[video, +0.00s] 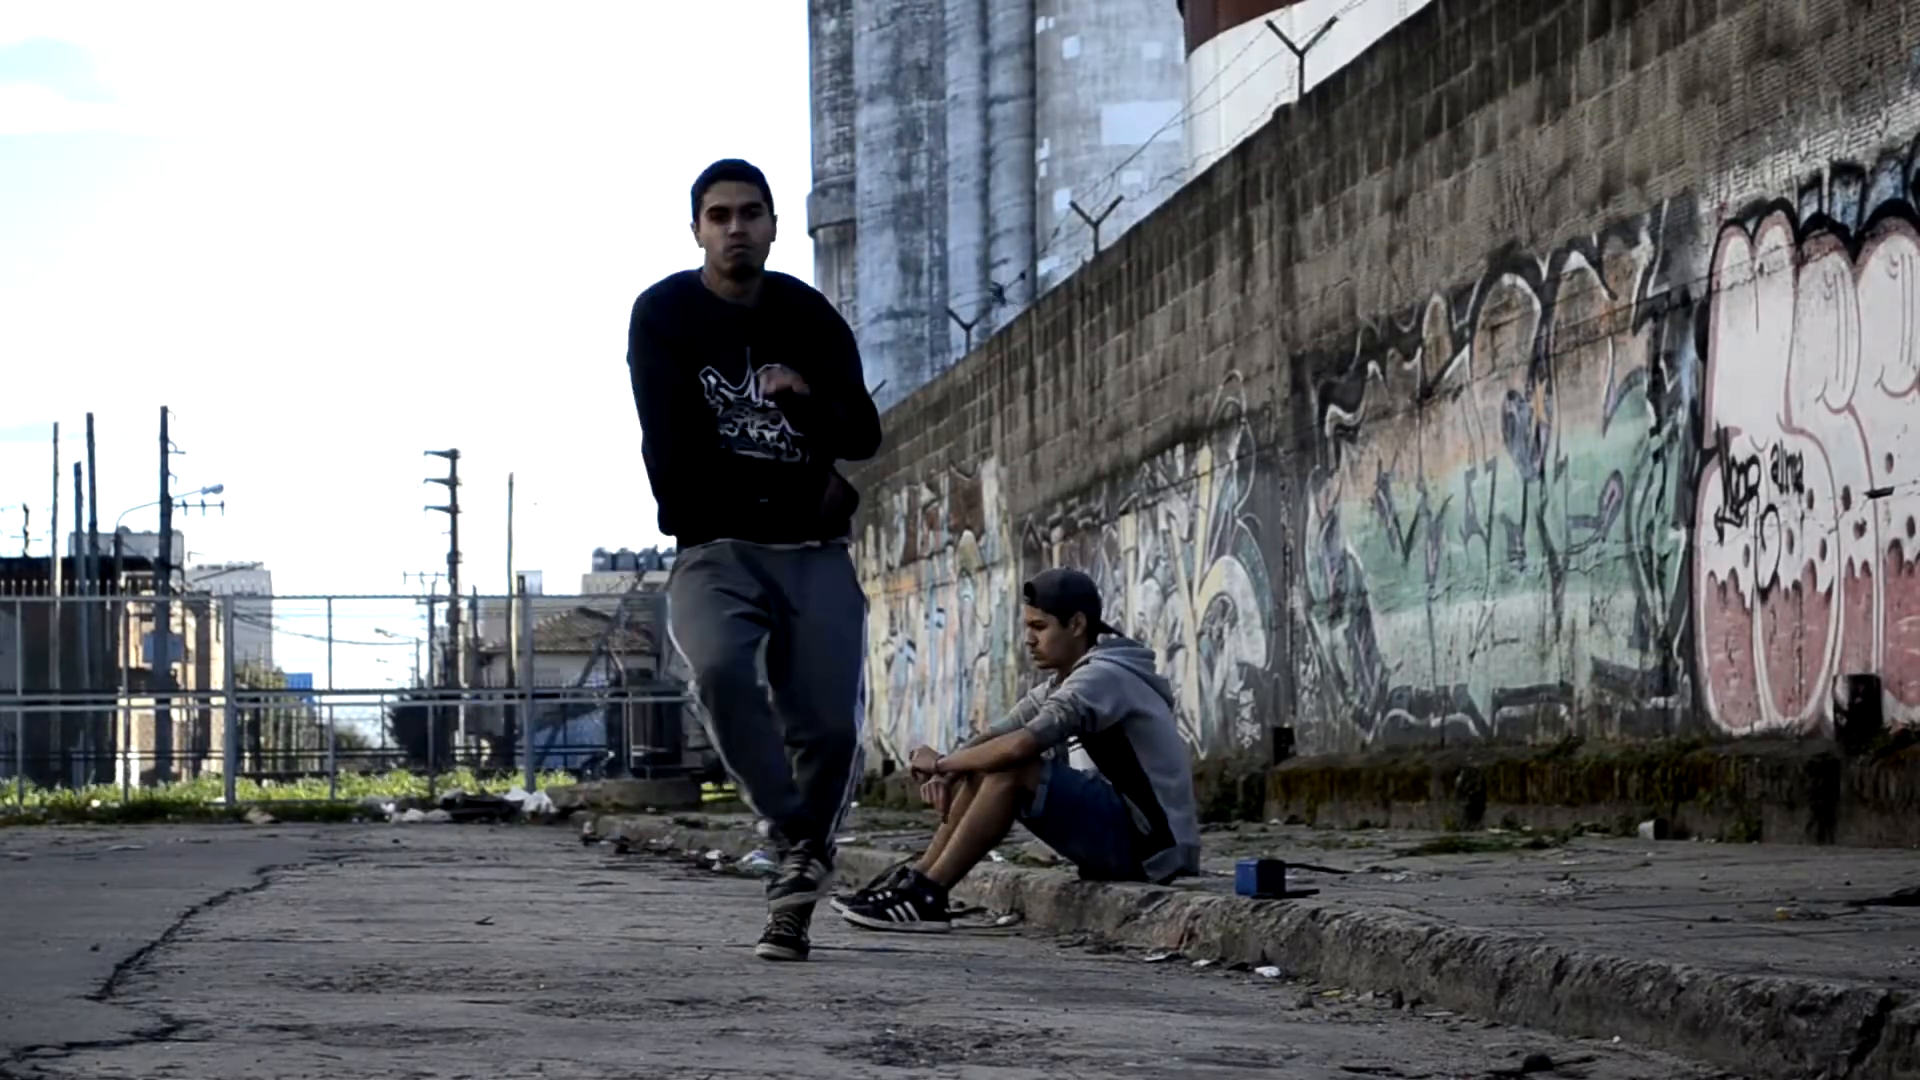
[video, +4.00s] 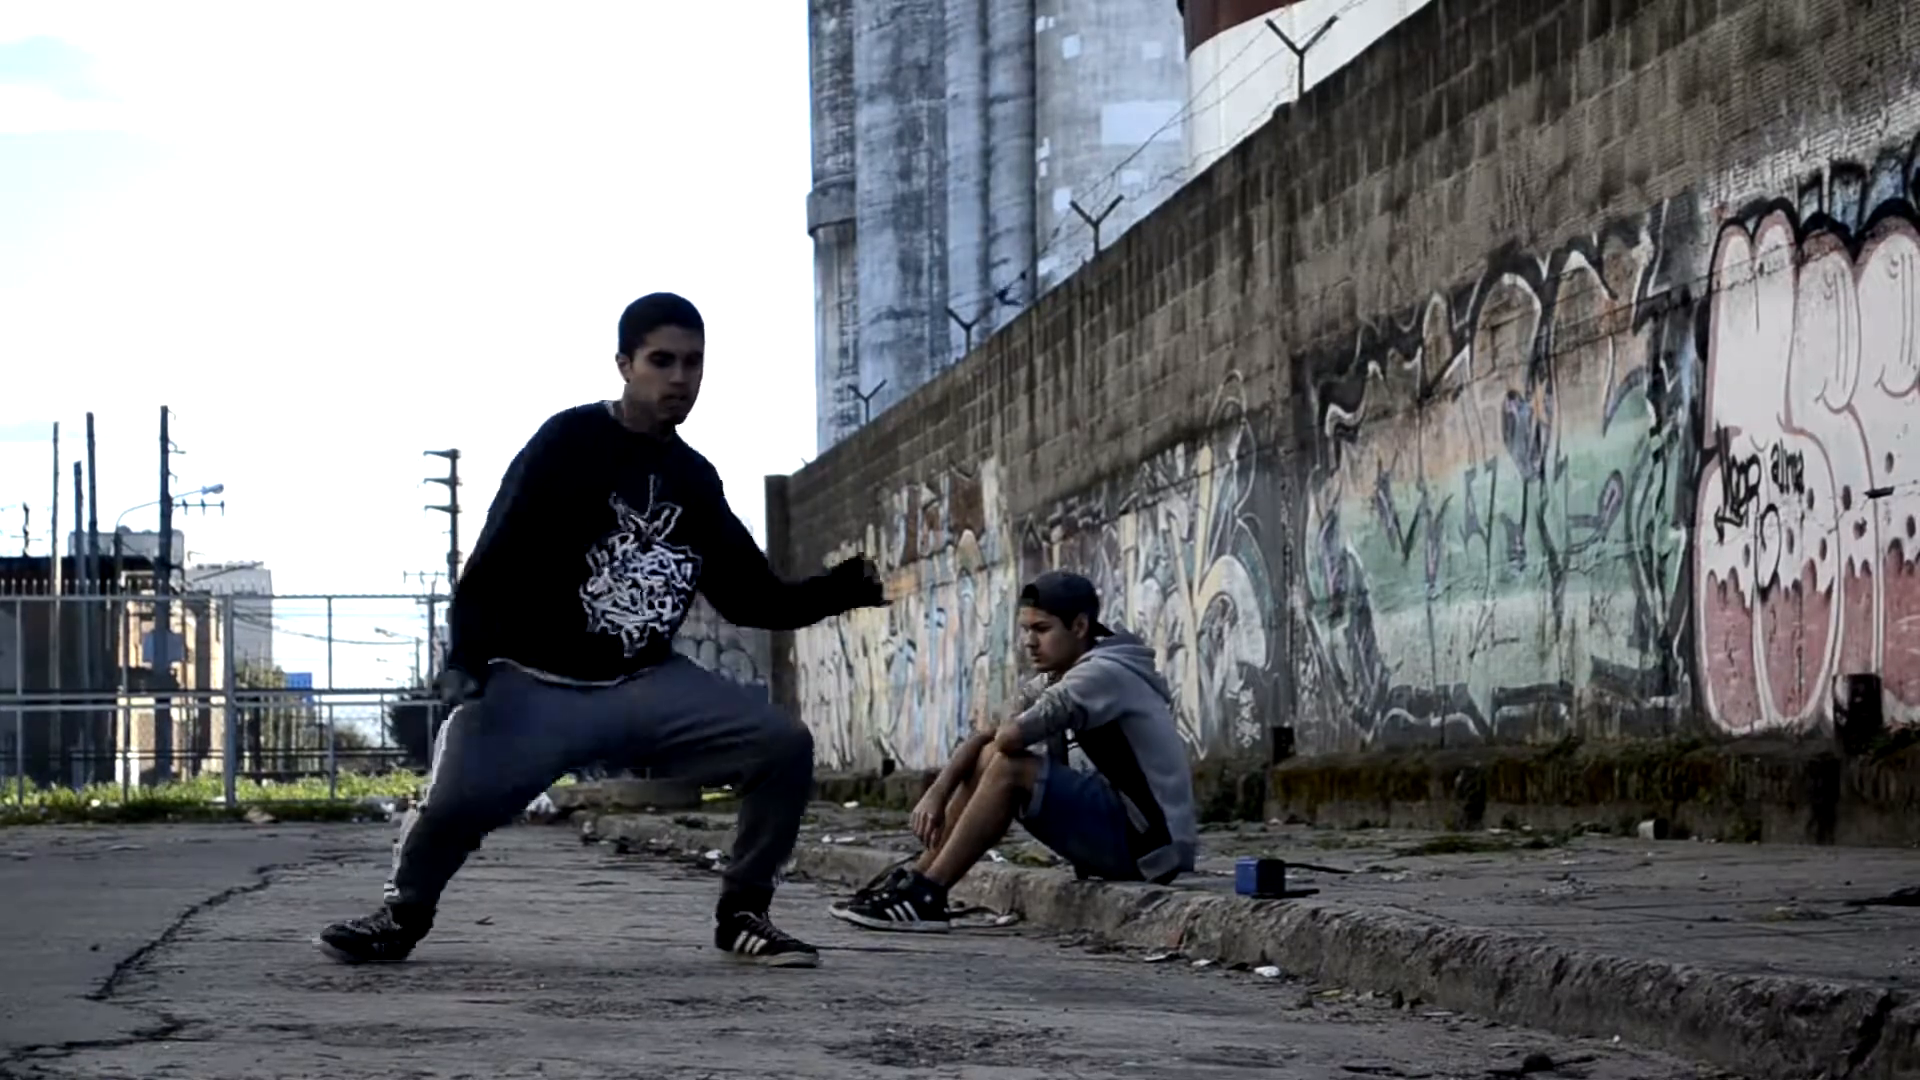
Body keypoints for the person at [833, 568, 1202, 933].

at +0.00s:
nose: (1029, 639)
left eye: (1039, 627)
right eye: (1027, 627)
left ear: (1078, 625)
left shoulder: (1103, 673)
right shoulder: (1072, 675)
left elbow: (1022, 747)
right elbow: (1005, 730)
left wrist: (944, 761)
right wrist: (945, 762)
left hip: (1151, 844)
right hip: (1121, 834)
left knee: (1014, 770)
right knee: (983, 763)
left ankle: (932, 893)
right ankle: (915, 883)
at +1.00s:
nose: (1039, 648)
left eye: (1049, 635)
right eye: (1031, 636)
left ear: (1088, 628)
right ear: (1027, 634)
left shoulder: (1110, 673)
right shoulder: (1068, 676)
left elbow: (1024, 743)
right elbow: (1002, 731)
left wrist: (943, 773)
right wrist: (945, 773)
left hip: (1148, 846)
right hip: (1118, 836)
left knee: (1015, 771)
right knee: (986, 763)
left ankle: (932, 894)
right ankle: (914, 883)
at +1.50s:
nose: (1035, 634)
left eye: (1047, 621)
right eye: (1030, 624)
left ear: (1085, 621)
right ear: (1026, 624)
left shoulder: (1103, 666)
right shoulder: (1081, 668)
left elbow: (1018, 741)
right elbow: (1012, 736)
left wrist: (940, 772)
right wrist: (948, 773)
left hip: (1149, 844)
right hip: (1123, 835)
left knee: (1011, 772)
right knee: (987, 766)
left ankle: (934, 893)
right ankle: (917, 879)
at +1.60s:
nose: (1029, 634)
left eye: (1040, 620)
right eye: (1025, 624)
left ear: (1080, 621)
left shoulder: (1100, 667)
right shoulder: (1079, 671)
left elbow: (1018, 741)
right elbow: (1011, 740)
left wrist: (939, 772)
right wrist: (946, 774)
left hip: (1149, 844)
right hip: (1123, 836)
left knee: (1012, 770)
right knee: (987, 766)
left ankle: (934, 893)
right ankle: (917, 879)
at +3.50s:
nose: (1019, 650)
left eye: (1028, 636)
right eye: (1015, 639)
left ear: (1067, 628)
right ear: (1061, 632)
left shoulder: (1101, 676)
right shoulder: (1064, 684)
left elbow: (1011, 751)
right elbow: (999, 743)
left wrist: (957, 749)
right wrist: (942, 776)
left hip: (1151, 848)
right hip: (1120, 839)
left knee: (1013, 771)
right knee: (983, 767)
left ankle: (933, 895)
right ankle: (915, 882)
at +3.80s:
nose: (1029, 642)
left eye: (1040, 629)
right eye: (1025, 630)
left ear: (1079, 627)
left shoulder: (1105, 674)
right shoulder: (1063, 671)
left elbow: (1007, 738)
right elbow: (990, 725)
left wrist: (994, 717)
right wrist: (936, 792)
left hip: (1147, 845)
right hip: (1116, 833)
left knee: (1013, 766)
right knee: (988, 756)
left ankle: (932, 895)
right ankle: (915, 882)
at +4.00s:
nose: (1030, 642)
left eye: (1041, 630)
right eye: (1026, 631)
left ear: (1080, 627)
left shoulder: (1104, 670)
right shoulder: (1071, 671)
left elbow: (1010, 736)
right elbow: (993, 729)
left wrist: (1009, 727)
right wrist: (936, 791)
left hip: (1148, 844)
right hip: (1119, 833)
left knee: (1011, 766)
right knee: (988, 757)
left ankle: (932, 894)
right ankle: (914, 881)